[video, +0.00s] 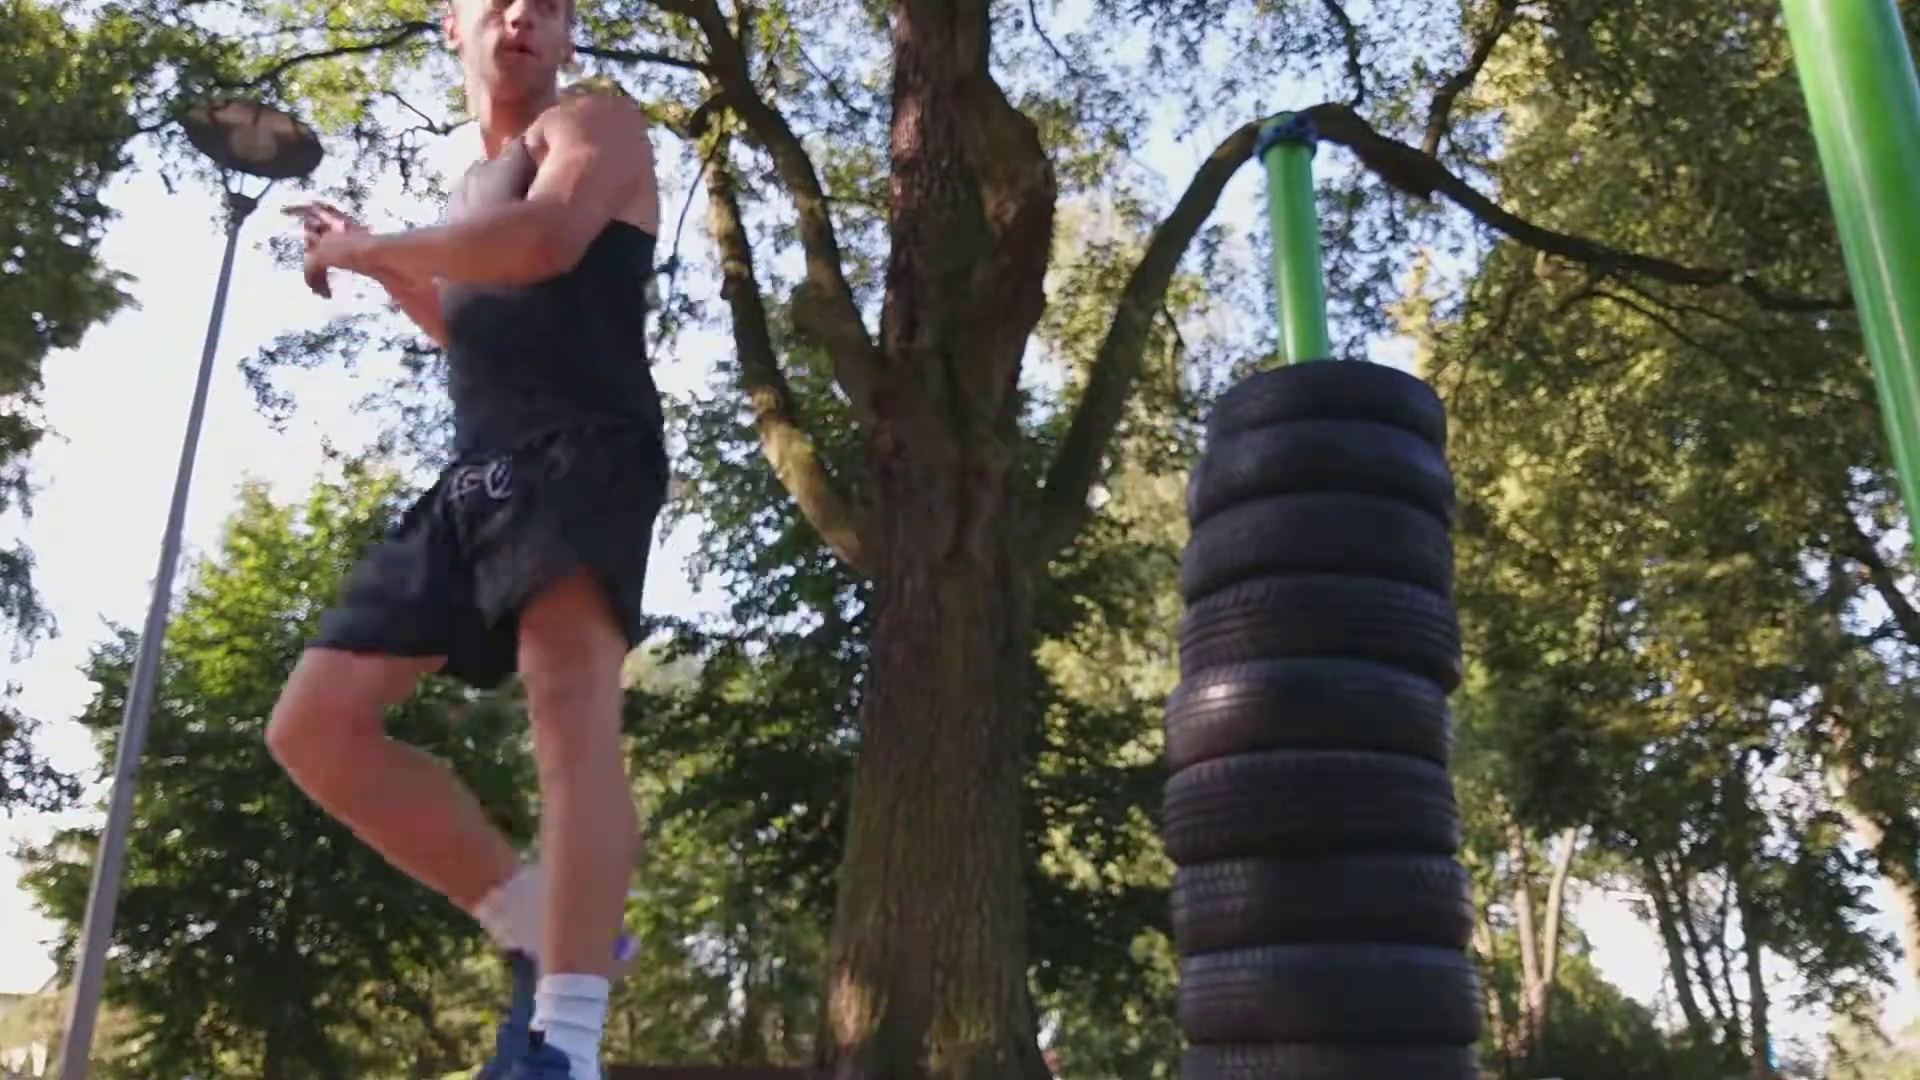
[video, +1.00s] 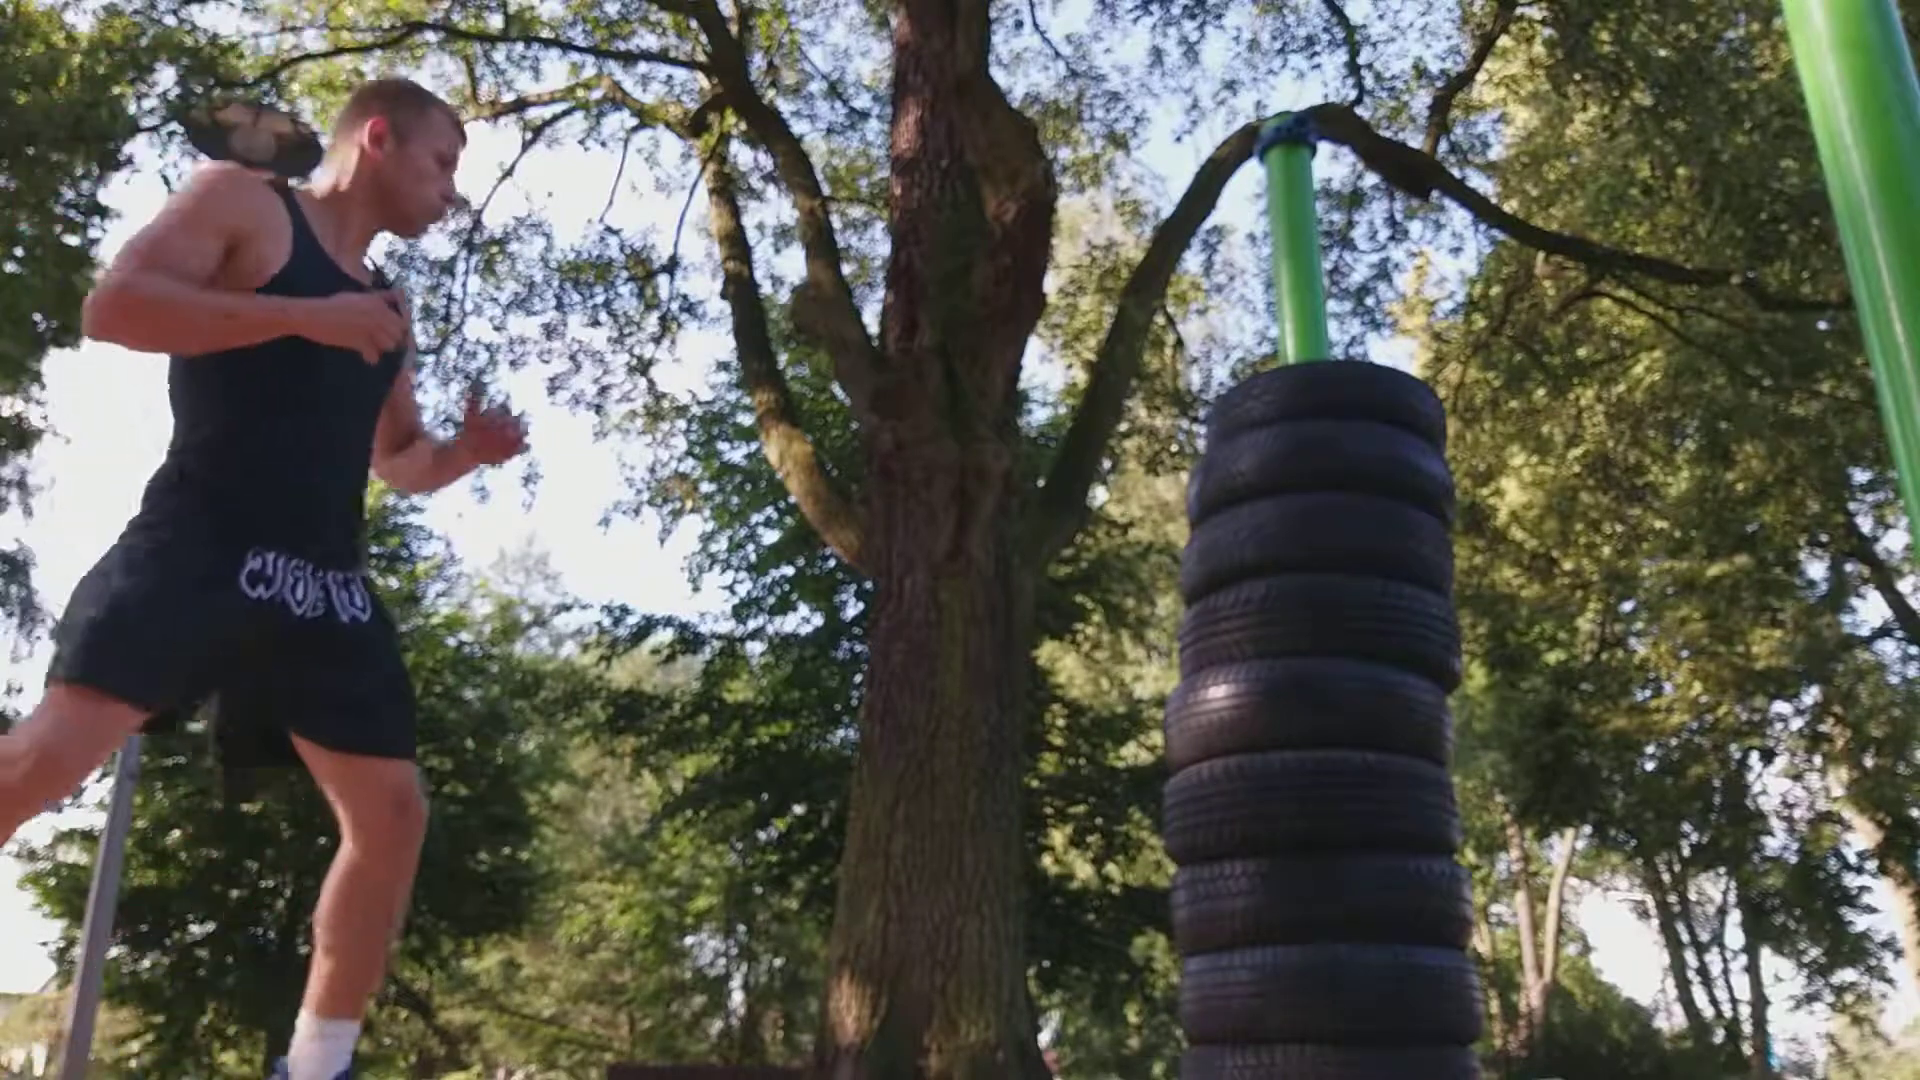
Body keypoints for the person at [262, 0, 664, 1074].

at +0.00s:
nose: (524, 17)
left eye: (546, 4)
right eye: (498, 0)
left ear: (570, 31)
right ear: (452, 28)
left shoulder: (595, 118)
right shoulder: (471, 188)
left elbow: (551, 240)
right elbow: (473, 338)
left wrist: (372, 246)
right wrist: (381, 267)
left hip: (577, 454)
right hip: (474, 478)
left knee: (567, 695)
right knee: (313, 730)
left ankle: (563, 1047)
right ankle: (554, 937)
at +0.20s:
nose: (401, 5)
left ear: (441, 15)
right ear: (344, 11)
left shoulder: (495, 103)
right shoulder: (287, 142)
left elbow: (564, 240)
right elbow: (203, 313)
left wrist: (379, 266)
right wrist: (252, 201)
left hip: (443, 427)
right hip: (289, 437)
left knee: (474, 694)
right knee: (85, 664)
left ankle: (538, 1042)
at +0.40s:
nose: (416, 6)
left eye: (419, 1)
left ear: (386, 21)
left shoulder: (392, 123)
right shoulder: (174, 22)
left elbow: (453, 308)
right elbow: (10, 140)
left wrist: (429, 220)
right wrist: (125, 129)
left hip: (310, 423)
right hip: (134, 398)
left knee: (378, 645)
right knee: (3, 674)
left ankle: (312, 1009)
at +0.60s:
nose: (395, 26)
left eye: (396, 13)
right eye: (383, 3)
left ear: (337, 23)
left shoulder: (331, 166)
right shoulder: (140, 31)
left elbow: (331, 344)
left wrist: (373, 328)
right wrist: (139, 131)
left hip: (233, 477)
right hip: (73, 429)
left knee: (285, 737)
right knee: (0, 610)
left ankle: (107, 1023)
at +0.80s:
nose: (416, 92)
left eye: (422, 72)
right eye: (410, 62)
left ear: (348, 41)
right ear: (338, 29)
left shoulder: (325, 198)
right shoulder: (187, 81)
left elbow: (246, 365)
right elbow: (54, 180)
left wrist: (348, 368)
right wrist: (260, 224)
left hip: (244, 510)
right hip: (95, 476)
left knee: (344, 727)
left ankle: (192, 998)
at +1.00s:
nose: (454, 189)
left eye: (458, 169)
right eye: (445, 161)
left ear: (383, 150)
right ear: (376, 139)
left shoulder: (385, 310)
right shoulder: (241, 196)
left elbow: (401, 461)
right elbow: (115, 306)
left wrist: (465, 449)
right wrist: (308, 316)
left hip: (326, 582)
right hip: (198, 545)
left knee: (389, 821)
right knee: (48, 757)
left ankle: (316, 1067)